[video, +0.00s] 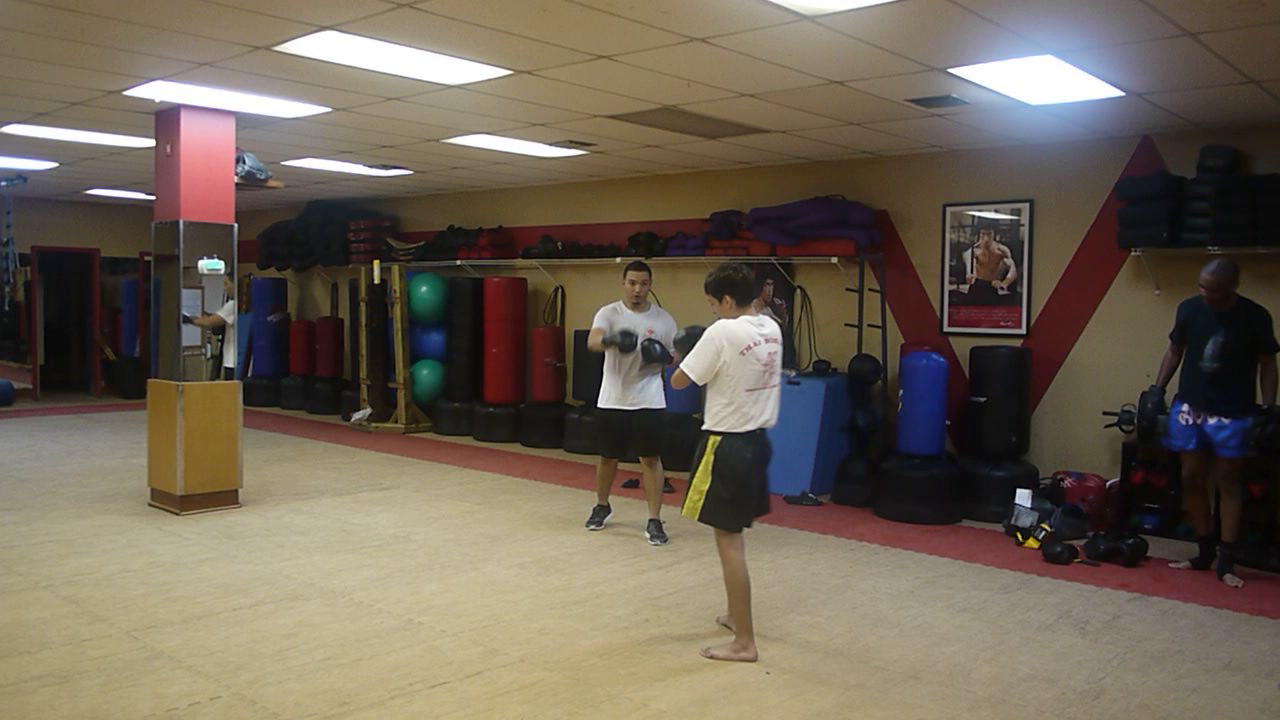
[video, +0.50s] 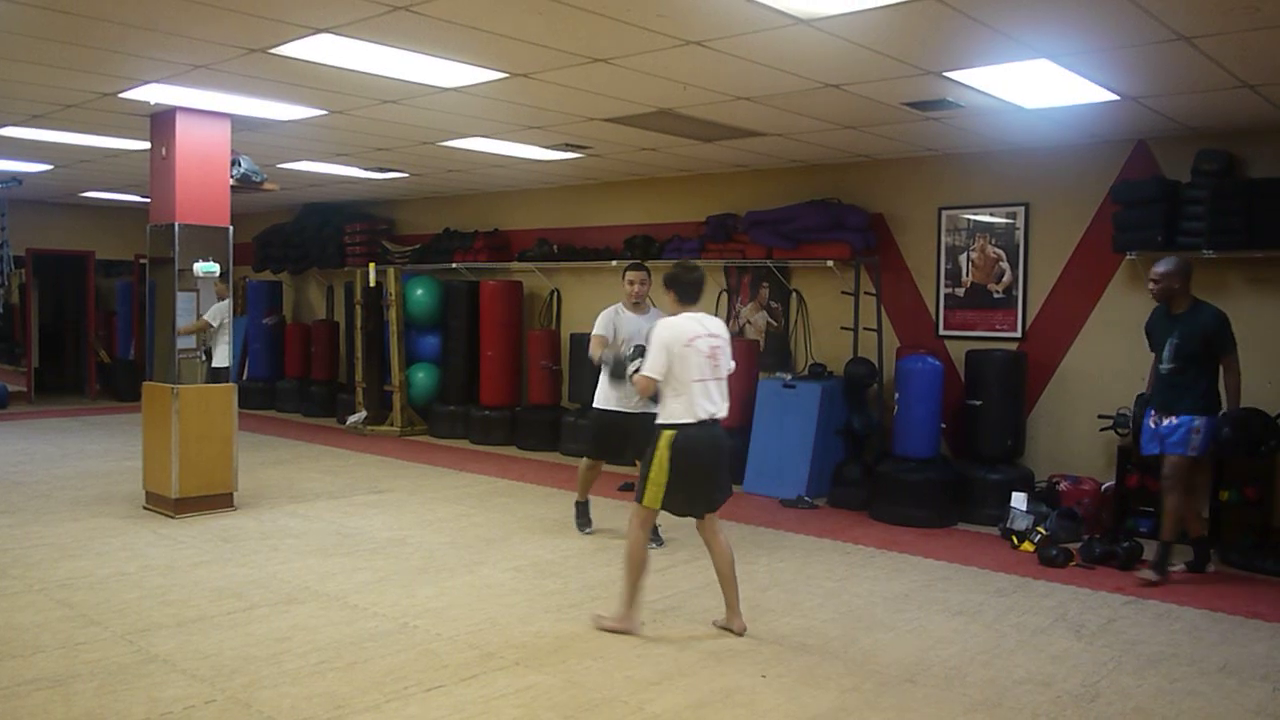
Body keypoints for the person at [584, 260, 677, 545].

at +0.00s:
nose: (638, 289)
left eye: (644, 284)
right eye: (632, 283)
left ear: (651, 286)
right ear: (623, 284)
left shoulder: (664, 320)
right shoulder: (607, 313)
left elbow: (676, 358)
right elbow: (592, 343)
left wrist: (663, 357)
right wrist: (613, 340)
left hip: (650, 403)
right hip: (613, 401)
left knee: (650, 460)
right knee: (608, 457)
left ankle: (654, 520)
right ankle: (602, 506)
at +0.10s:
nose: (636, 290)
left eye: (642, 284)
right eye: (631, 284)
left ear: (650, 287)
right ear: (622, 285)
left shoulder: (664, 321)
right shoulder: (608, 312)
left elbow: (676, 358)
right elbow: (599, 330)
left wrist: (663, 356)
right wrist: (614, 326)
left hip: (649, 405)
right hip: (612, 402)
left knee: (648, 462)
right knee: (606, 459)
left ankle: (651, 522)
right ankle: (598, 507)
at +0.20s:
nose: (636, 291)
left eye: (641, 285)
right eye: (630, 285)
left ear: (649, 288)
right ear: (622, 287)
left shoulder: (663, 323)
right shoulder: (607, 313)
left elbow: (676, 360)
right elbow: (606, 324)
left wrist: (661, 359)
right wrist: (616, 321)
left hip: (649, 407)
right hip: (612, 403)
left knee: (649, 465)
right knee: (605, 460)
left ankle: (649, 524)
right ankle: (596, 508)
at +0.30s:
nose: (637, 290)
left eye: (642, 285)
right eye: (631, 284)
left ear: (651, 287)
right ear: (623, 287)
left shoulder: (665, 323)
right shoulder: (610, 314)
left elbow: (676, 354)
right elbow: (602, 327)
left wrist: (663, 358)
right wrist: (614, 324)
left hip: (651, 408)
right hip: (612, 404)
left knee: (650, 467)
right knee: (601, 460)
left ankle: (651, 524)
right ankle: (594, 506)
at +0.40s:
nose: (638, 288)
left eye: (643, 283)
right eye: (633, 283)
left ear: (651, 286)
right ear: (624, 285)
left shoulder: (664, 320)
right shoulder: (612, 314)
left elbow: (675, 352)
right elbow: (597, 339)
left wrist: (662, 351)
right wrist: (616, 341)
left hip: (650, 406)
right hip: (611, 403)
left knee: (648, 465)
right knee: (597, 460)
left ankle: (650, 520)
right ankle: (588, 504)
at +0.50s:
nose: (636, 289)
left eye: (642, 283)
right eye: (631, 283)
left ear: (650, 286)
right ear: (622, 285)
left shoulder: (661, 320)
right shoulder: (610, 316)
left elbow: (669, 355)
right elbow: (595, 352)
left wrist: (652, 372)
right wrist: (617, 359)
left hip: (647, 409)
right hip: (609, 406)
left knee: (649, 469)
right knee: (594, 458)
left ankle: (649, 522)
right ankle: (581, 501)